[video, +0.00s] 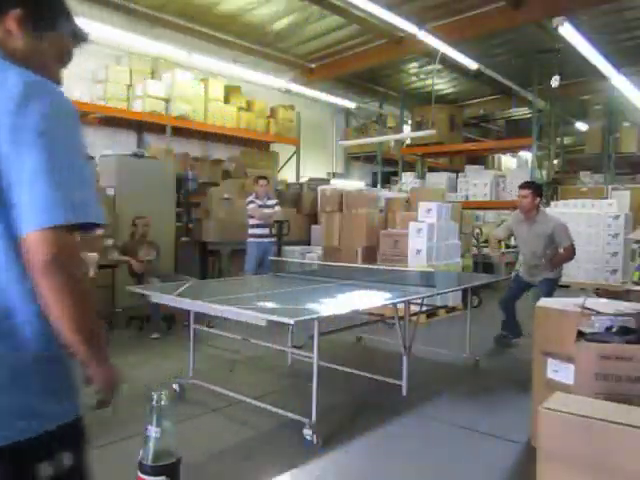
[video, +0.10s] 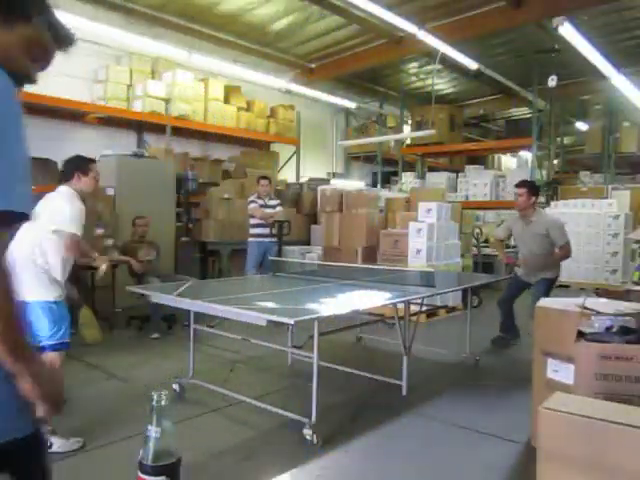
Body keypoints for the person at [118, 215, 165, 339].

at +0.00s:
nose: (144, 229)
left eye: (147, 226)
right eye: (141, 226)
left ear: (149, 227)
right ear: (134, 227)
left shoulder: (152, 245)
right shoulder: (128, 244)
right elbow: (113, 256)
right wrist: (130, 260)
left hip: (151, 273)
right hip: (136, 274)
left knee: (155, 297)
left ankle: (156, 328)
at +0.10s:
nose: (143, 229)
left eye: (145, 226)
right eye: (139, 226)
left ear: (148, 227)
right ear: (134, 228)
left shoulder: (153, 245)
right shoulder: (127, 245)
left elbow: (156, 263)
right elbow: (113, 257)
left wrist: (144, 266)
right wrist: (131, 260)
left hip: (156, 274)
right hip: (140, 276)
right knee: (155, 286)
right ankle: (154, 328)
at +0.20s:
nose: (142, 229)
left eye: (145, 226)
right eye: (139, 226)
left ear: (148, 228)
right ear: (133, 228)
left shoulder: (153, 246)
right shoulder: (127, 245)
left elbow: (156, 266)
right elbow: (111, 256)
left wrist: (144, 266)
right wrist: (130, 260)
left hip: (157, 275)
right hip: (141, 276)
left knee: (185, 281)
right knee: (155, 285)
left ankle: (189, 320)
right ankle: (154, 327)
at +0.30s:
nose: (142, 229)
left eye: (145, 226)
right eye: (138, 226)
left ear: (149, 226)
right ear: (133, 227)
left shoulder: (152, 239)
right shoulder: (127, 242)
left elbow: (162, 252)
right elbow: (112, 255)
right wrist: (130, 260)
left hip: (159, 273)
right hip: (144, 274)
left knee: (189, 282)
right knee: (157, 288)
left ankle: (190, 320)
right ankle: (155, 328)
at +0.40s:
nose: (141, 229)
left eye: (144, 226)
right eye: (138, 226)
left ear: (148, 226)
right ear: (133, 227)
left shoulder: (153, 240)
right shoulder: (126, 240)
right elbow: (112, 255)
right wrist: (130, 260)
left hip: (159, 270)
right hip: (143, 272)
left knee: (189, 282)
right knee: (156, 288)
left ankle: (190, 319)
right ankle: (154, 327)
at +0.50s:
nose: (143, 229)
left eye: (145, 226)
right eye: (140, 226)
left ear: (148, 228)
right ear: (133, 228)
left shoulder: (154, 246)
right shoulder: (128, 246)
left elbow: (157, 265)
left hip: (158, 275)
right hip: (143, 276)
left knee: (191, 282)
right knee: (157, 287)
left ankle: (189, 320)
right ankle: (154, 328)